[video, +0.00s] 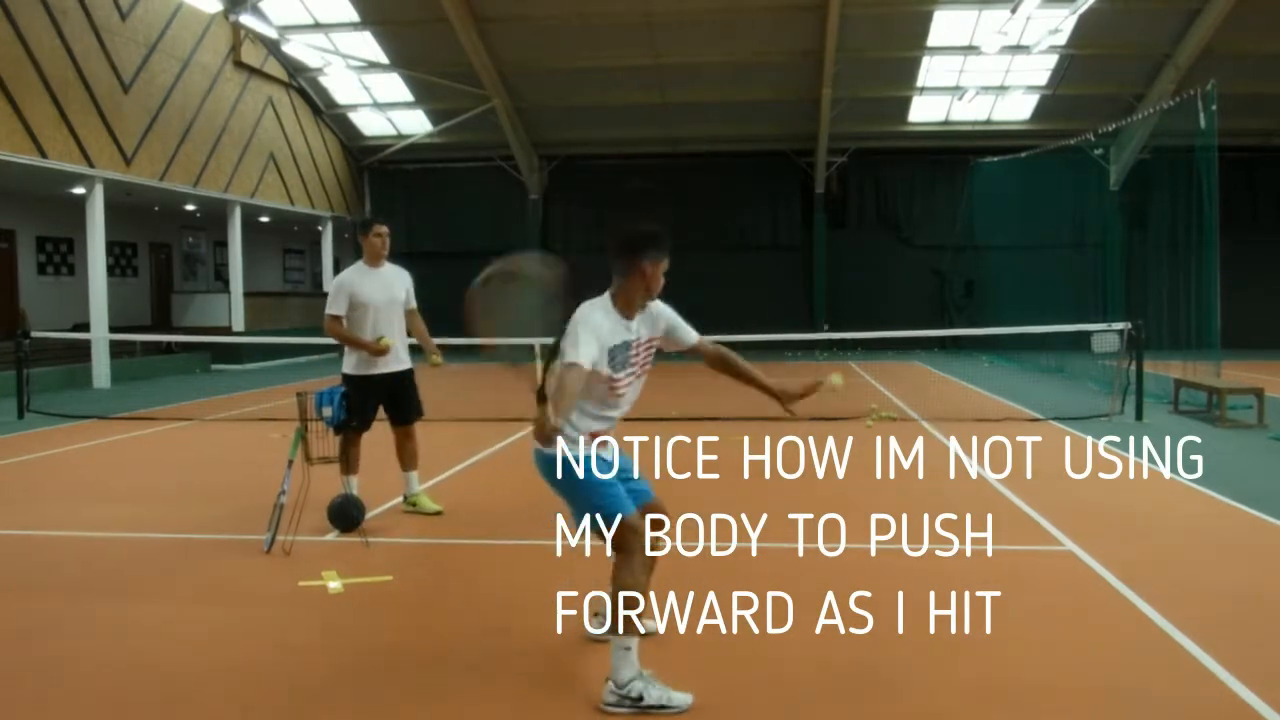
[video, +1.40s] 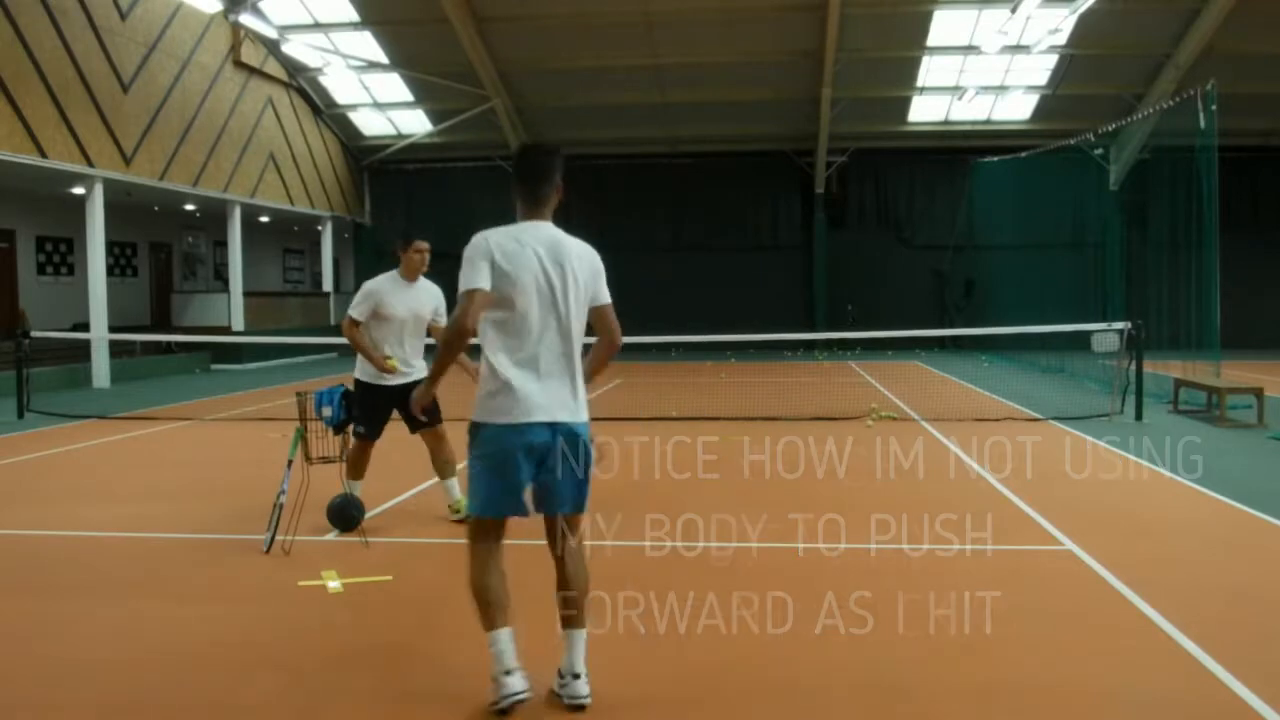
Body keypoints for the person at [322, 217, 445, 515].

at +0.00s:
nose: (384, 241)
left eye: (387, 236)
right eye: (377, 236)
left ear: (390, 241)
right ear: (362, 240)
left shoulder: (401, 276)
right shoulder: (346, 280)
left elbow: (412, 315)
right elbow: (332, 326)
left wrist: (429, 346)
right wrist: (366, 345)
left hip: (398, 370)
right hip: (360, 373)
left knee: (406, 428)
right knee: (352, 434)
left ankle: (413, 493)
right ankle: (350, 498)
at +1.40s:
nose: (424, 258)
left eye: (427, 253)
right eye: (418, 252)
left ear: (429, 257)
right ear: (402, 254)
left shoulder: (432, 292)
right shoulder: (374, 288)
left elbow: (442, 336)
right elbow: (349, 327)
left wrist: (469, 366)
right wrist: (375, 358)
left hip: (415, 379)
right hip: (374, 381)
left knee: (436, 435)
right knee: (362, 443)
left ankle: (456, 502)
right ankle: (351, 503)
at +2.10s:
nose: (442, 255)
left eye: (445, 249)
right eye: (435, 249)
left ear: (449, 255)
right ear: (421, 255)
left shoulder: (455, 289)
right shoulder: (399, 291)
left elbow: (468, 328)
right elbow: (378, 330)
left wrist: (460, 365)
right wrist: (390, 362)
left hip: (441, 377)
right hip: (401, 376)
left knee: (456, 435)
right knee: (379, 436)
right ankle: (349, 484)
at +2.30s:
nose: (410, 254)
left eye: (413, 249)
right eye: (404, 249)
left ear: (417, 255)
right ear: (388, 255)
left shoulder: (430, 291)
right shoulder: (369, 294)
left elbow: (448, 330)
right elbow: (349, 338)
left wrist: (449, 341)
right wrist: (372, 364)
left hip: (422, 381)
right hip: (380, 384)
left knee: (443, 435)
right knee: (363, 444)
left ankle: (459, 500)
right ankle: (341, 492)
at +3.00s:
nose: (379, 244)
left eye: (382, 239)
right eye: (372, 239)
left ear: (385, 244)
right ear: (357, 243)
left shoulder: (393, 279)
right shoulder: (340, 281)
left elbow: (400, 318)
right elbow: (329, 328)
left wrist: (404, 342)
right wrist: (369, 345)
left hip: (388, 373)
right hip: (349, 376)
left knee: (402, 431)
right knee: (339, 436)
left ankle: (411, 495)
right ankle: (337, 497)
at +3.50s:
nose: (383, 245)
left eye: (386, 240)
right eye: (378, 240)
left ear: (387, 244)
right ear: (360, 243)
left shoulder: (393, 278)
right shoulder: (341, 281)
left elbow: (401, 316)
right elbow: (324, 328)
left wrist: (418, 341)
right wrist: (359, 351)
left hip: (389, 373)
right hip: (351, 376)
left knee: (403, 432)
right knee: (340, 436)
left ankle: (411, 495)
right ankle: (337, 497)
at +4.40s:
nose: (408, 252)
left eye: (408, 247)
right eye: (403, 247)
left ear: (395, 250)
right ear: (384, 249)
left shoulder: (404, 284)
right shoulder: (355, 284)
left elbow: (419, 322)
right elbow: (332, 330)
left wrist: (460, 336)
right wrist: (365, 359)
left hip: (400, 377)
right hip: (361, 381)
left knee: (423, 430)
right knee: (348, 441)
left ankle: (446, 496)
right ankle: (337, 497)